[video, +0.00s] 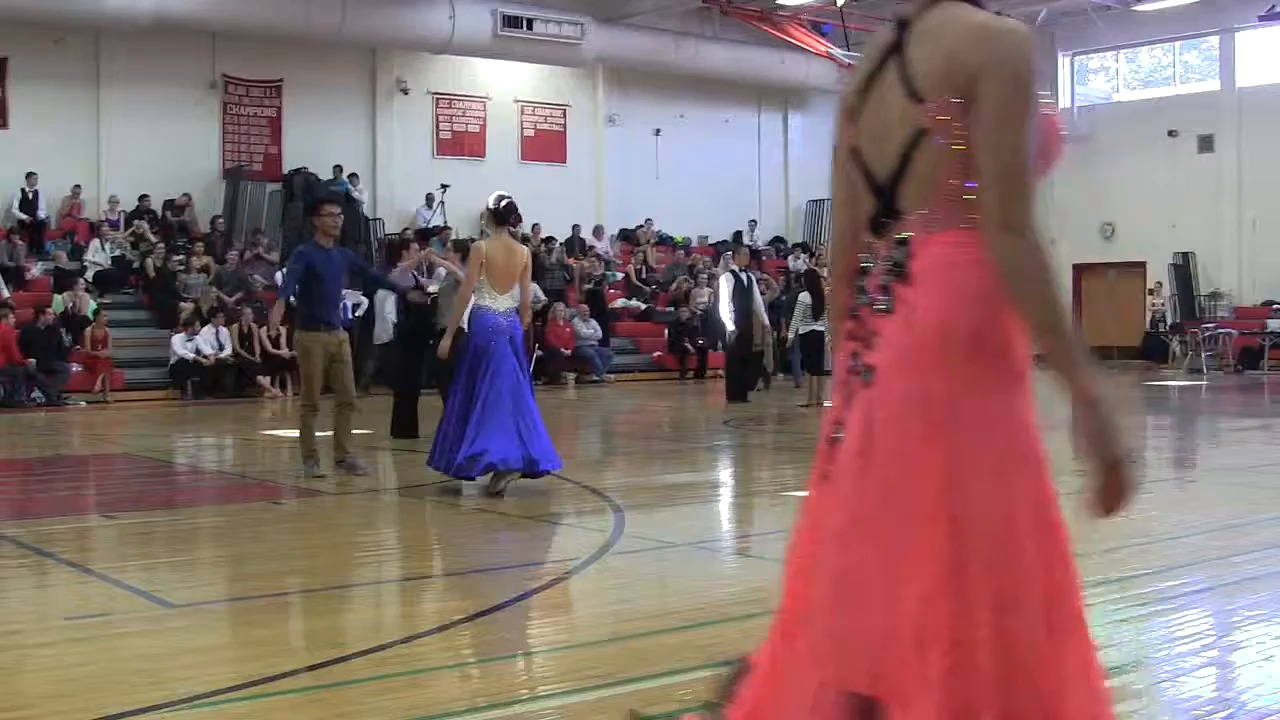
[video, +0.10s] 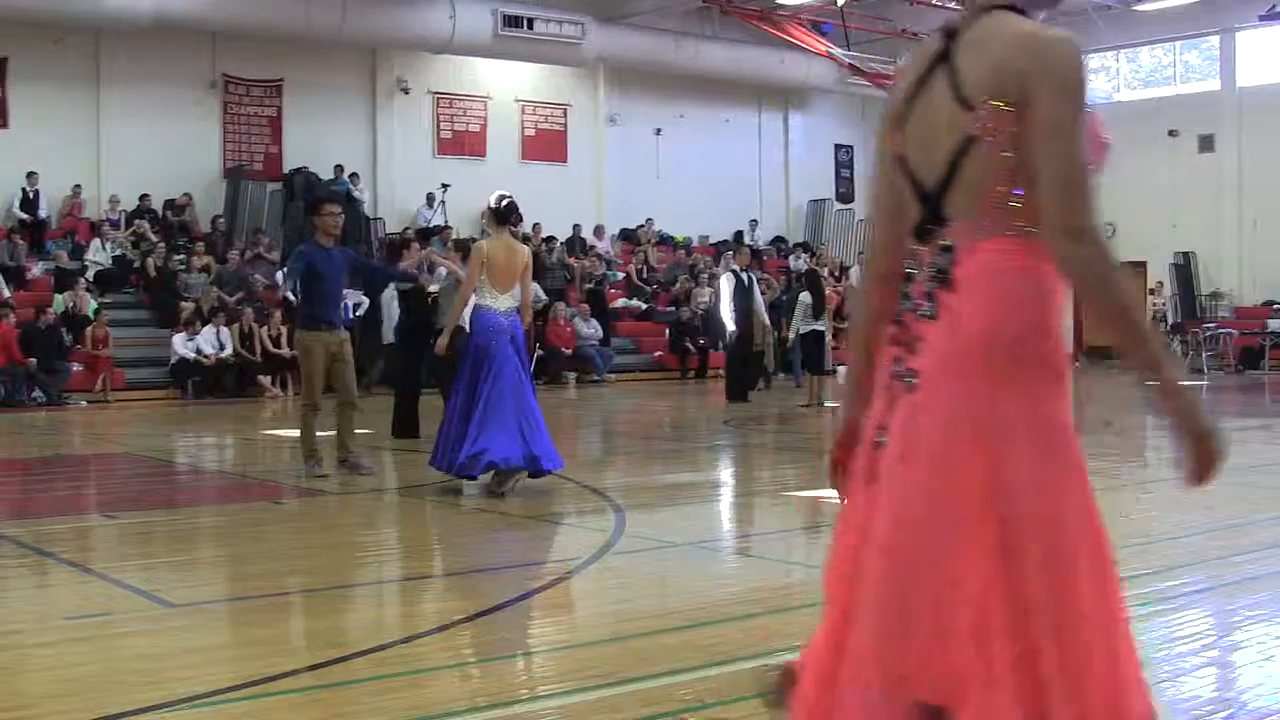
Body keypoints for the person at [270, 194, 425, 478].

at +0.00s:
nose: (337, 220)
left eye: (339, 215)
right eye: (330, 216)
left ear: (341, 219)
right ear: (316, 220)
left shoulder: (343, 255)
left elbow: (373, 276)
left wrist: (406, 291)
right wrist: (277, 311)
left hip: (338, 335)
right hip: (310, 336)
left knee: (347, 399)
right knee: (310, 402)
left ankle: (342, 456)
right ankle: (310, 459)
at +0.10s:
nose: (338, 220)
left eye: (340, 215)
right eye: (331, 215)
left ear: (342, 219)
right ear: (316, 220)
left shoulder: (344, 254)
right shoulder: (305, 252)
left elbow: (378, 270)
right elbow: (289, 279)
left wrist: (414, 276)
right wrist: (288, 294)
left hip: (340, 334)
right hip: (311, 335)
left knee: (348, 398)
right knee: (311, 402)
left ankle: (345, 455)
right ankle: (311, 458)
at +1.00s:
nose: (369, 223)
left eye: (371, 218)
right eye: (364, 218)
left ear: (372, 221)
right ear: (349, 220)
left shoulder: (376, 251)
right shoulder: (342, 248)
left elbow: (404, 255)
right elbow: (331, 255)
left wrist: (439, 251)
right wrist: (371, 256)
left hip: (376, 333)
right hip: (352, 333)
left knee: (365, 396)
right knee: (372, 393)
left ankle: (353, 454)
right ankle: (377, 455)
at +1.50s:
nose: (400, 225)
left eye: (401, 219)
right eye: (394, 219)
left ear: (400, 220)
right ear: (378, 220)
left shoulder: (401, 252)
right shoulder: (360, 252)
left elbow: (429, 252)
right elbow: (357, 277)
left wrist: (459, 246)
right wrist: (359, 298)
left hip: (402, 334)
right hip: (376, 334)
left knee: (383, 396)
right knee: (385, 397)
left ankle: (357, 450)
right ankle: (393, 458)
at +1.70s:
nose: (410, 224)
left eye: (411, 218)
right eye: (404, 219)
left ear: (412, 220)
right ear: (388, 221)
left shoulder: (414, 253)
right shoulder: (368, 252)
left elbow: (441, 252)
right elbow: (352, 272)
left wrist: (470, 244)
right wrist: (347, 286)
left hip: (412, 337)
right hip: (382, 337)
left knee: (407, 405)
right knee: (390, 403)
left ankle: (377, 436)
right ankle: (394, 459)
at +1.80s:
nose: (415, 225)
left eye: (416, 219)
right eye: (409, 220)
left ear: (415, 220)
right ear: (393, 222)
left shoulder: (420, 253)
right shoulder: (375, 252)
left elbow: (445, 253)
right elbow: (355, 265)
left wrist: (472, 243)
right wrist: (347, 274)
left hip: (414, 337)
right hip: (383, 337)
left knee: (414, 398)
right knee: (390, 402)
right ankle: (394, 459)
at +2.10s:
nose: (424, 224)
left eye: (428, 219)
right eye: (418, 219)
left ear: (434, 221)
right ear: (407, 221)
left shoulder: (439, 253)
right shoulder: (394, 252)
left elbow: (468, 255)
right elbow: (389, 262)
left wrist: (499, 251)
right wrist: (416, 269)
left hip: (432, 337)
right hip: (400, 337)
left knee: (443, 401)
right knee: (397, 402)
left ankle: (456, 461)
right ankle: (396, 460)